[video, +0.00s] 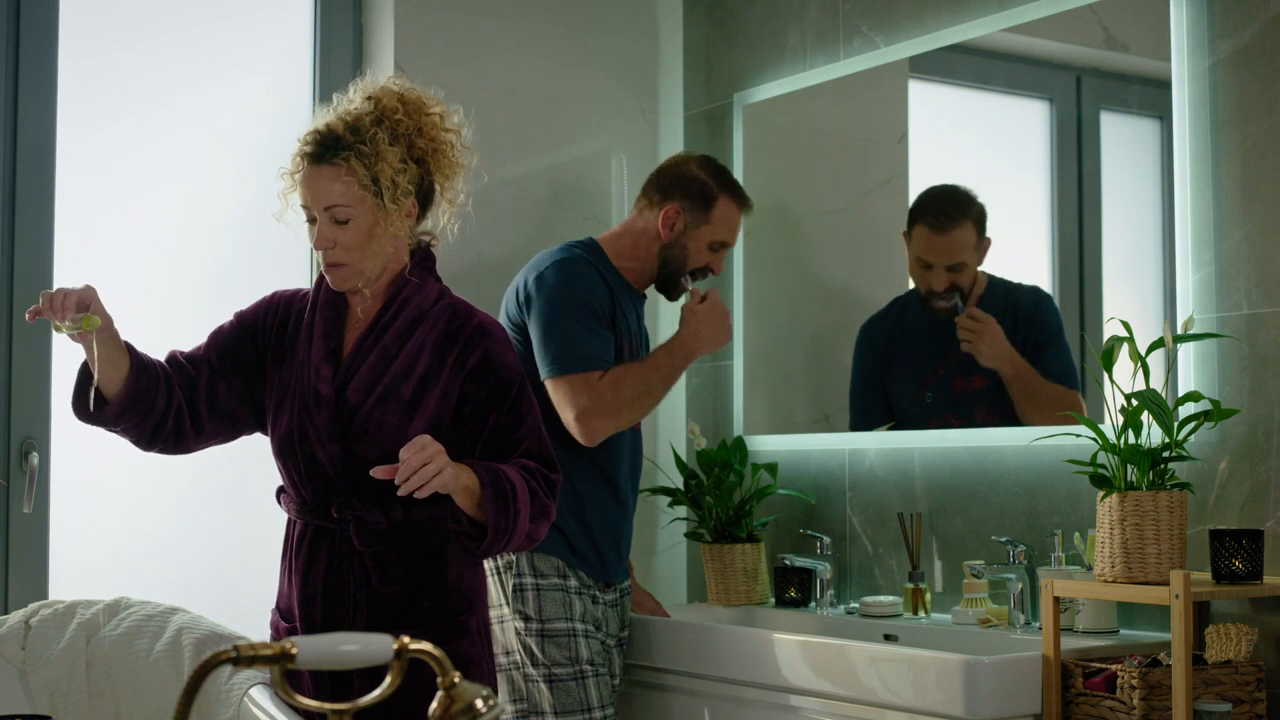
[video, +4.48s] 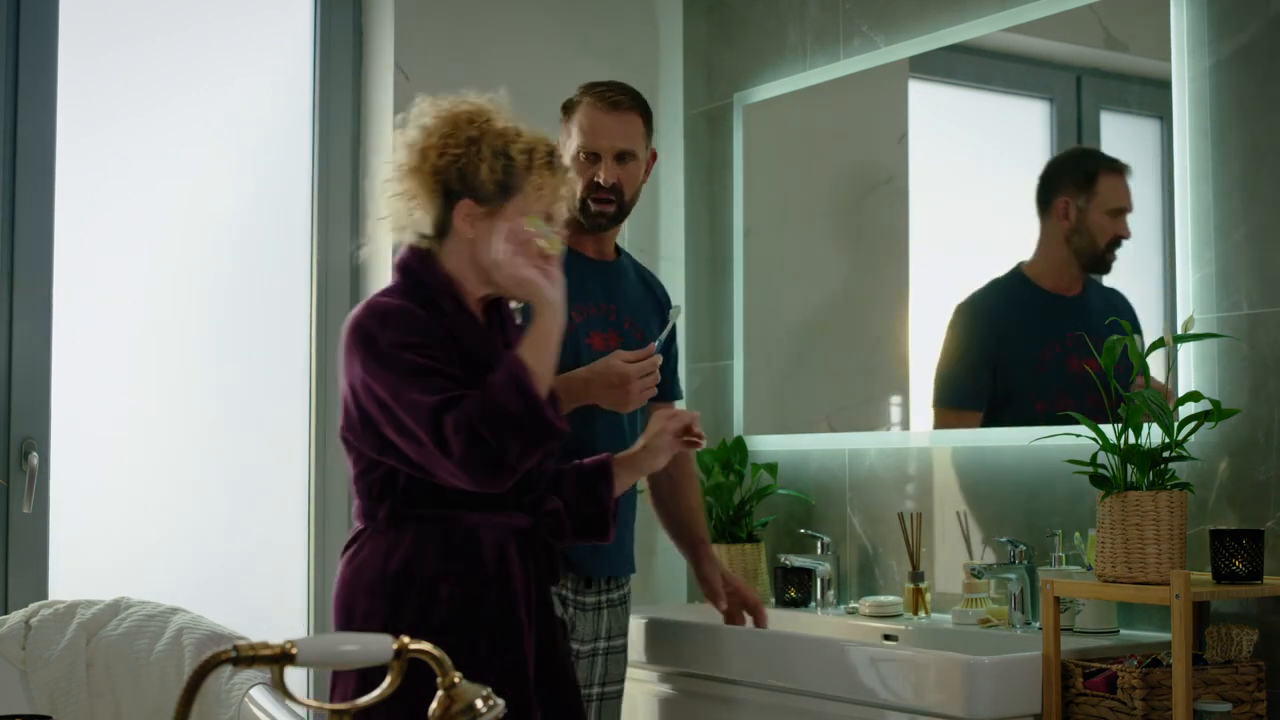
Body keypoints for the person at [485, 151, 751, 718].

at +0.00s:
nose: (716, 267)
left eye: (724, 252)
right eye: (714, 247)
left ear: (670, 225)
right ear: (668, 221)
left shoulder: (623, 306)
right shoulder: (565, 277)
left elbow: (592, 473)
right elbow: (588, 415)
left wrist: (623, 581)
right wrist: (688, 344)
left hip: (595, 576)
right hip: (542, 570)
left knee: (587, 706)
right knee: (566, 710)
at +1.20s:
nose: (660, 203)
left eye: (672, 187)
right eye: (642, 183)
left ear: (681, 193)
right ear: (597, 185)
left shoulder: (630, 304)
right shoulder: (539, 279)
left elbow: (603, 461)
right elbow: (514, 413)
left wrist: (626, 579)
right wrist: (646, 387)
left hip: (601, 577)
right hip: (541, 567)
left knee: (587, 708)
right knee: (570, 710)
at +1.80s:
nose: (613, 178)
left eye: (636, 164)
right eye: (601, 156)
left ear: (668, 178)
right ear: (579, 156)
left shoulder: (668, 295)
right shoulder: (508, 265)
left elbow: (682, 441)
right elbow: (469, 413)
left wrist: (710, 563)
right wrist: (573, 404)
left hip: (604, 566)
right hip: (513, 556)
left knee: (594, 712)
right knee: (523, 714)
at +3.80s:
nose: (599, 187)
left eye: (623, 172)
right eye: (589, 164)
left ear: (665, 177)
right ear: (574, 153)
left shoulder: (681, 297)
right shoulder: (499, 265)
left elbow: (697, 457)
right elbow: (454, 414)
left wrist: (720, 593)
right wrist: (548, 411)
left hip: (609, 594)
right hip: (496, 586)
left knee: (602, 712)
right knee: (494, 713)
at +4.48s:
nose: (605, 176)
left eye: (623, 158)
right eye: (588, 156)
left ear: (648, 166)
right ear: (559, 158)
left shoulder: (650, 296)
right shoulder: (516, 271)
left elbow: (666, 440)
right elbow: (483, 406)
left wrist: (706, 564)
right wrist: (580, 389)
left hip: (607, 575)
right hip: (518, 568)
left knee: (595, 712)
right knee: (519, 710)